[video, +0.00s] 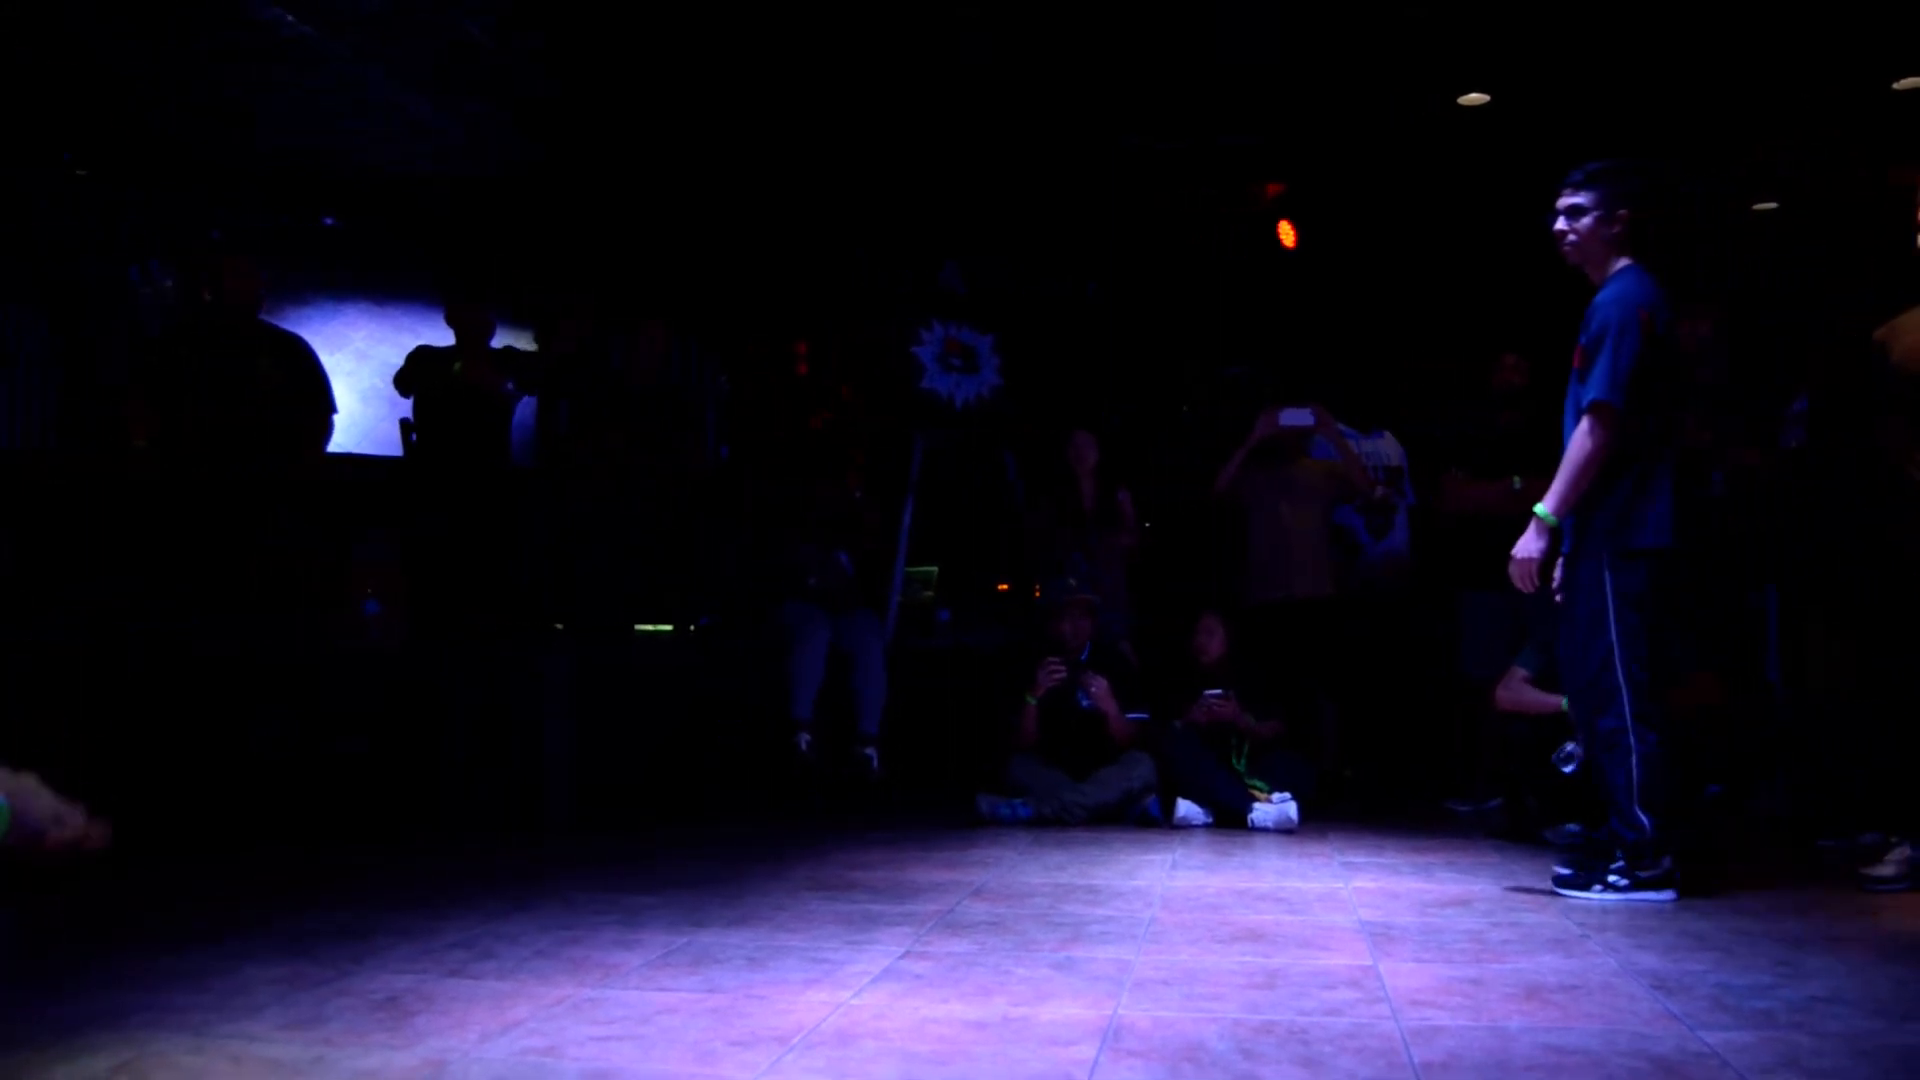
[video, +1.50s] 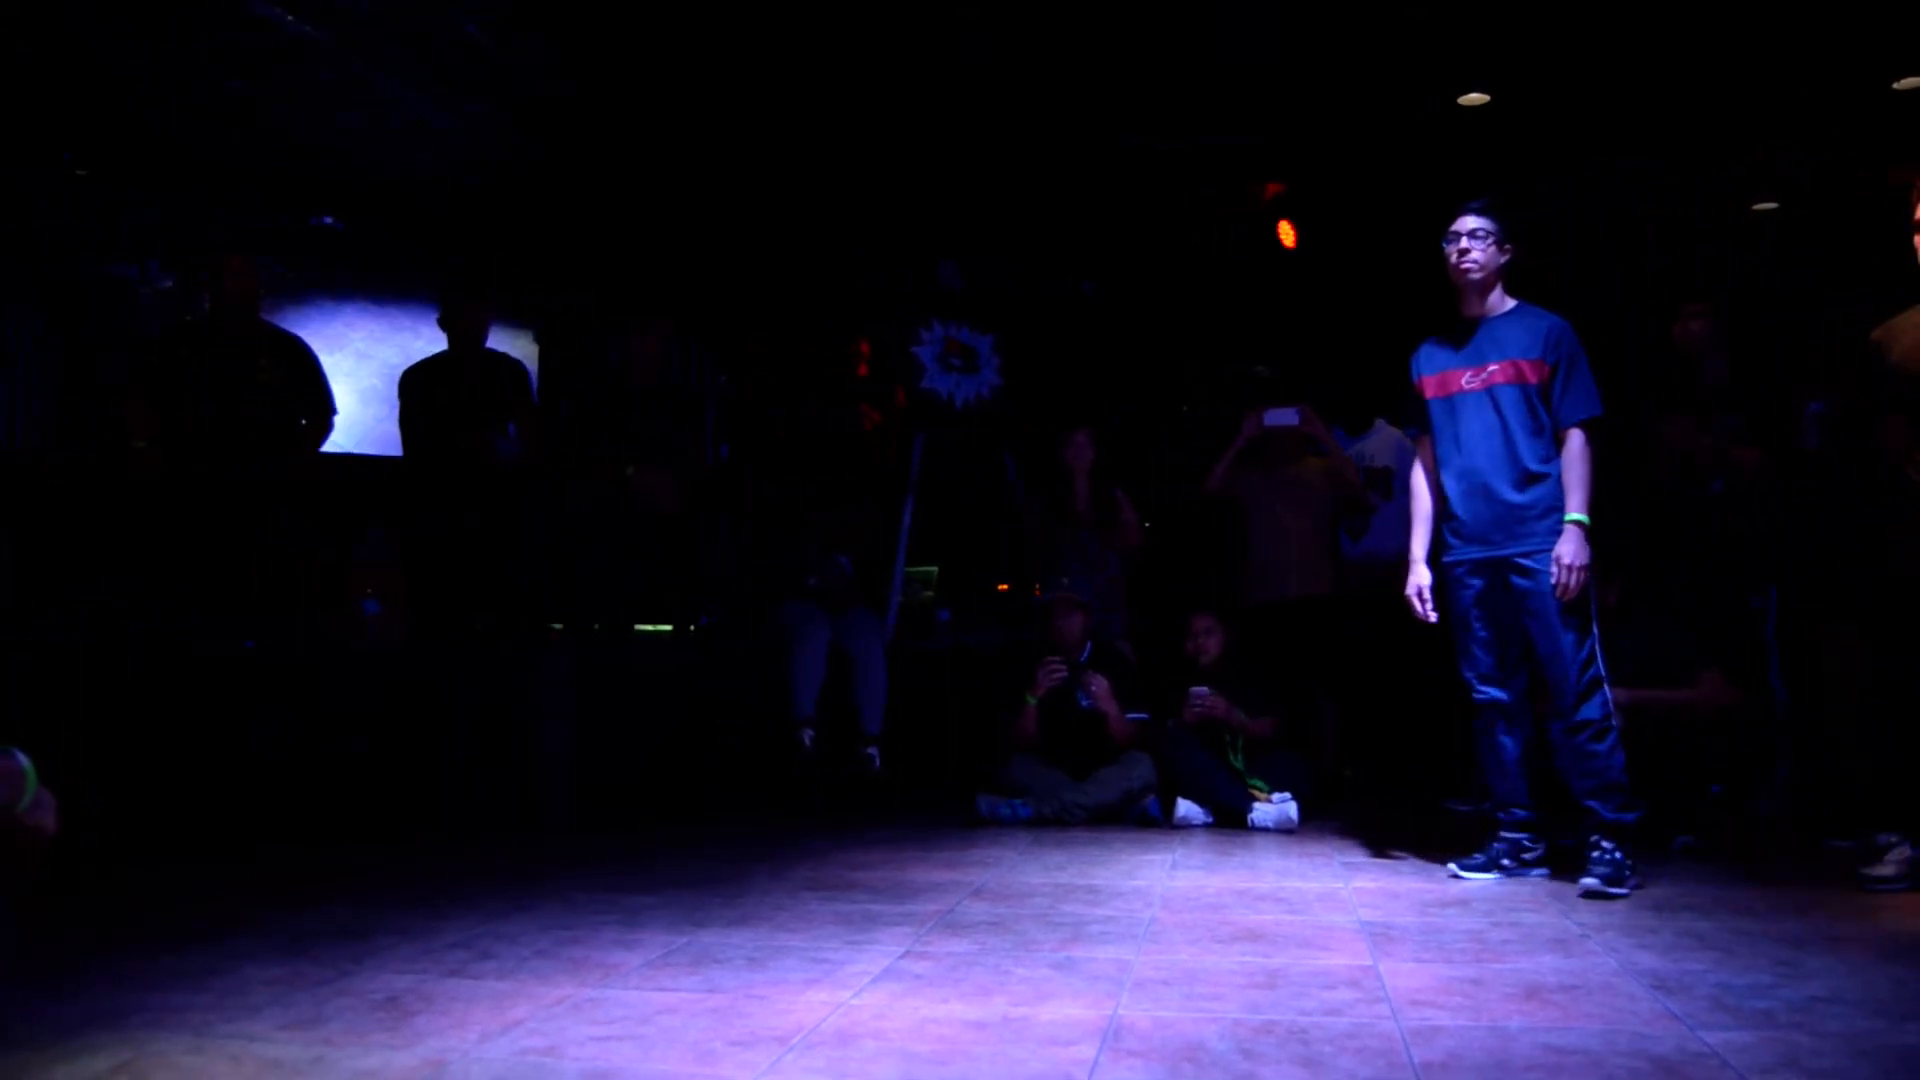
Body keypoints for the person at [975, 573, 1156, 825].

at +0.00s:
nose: (1073, 628)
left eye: (1080, 619)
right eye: (1065, 619)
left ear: (1092, 623)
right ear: (1052, 624)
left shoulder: (1110, 661)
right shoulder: (1039, 663)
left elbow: (1128, 738)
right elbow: (1024, 743)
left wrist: (1108, 705)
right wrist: (1035, 695)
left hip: (1102, 757)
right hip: (1052, 757)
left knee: (1141, 766)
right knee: (1018, 768)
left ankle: (1036, 809)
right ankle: (1121, 808)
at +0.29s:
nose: (1074, 626)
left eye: (1081, 616)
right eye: (1066, 616)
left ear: (1092, 621)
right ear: (1052, 622)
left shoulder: (1109, 661)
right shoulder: (1037, 663)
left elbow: (1129, 738)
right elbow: (1024, 743)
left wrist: (1109, 707)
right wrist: (1034, 696)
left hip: (1101, 757)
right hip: (1051, 758)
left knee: (1141, 766)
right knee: (1018, 768)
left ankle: (1036, 809)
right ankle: (1120, 808)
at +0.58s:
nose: (1072, 627)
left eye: (1078, 617)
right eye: (1063, 618)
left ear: (1089, 621)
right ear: (1051, 624)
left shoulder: (1111, 661)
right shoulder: (1037, 662)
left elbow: (1128, 738)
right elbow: (1023, 742)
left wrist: (1108, 706)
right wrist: (1035, 695)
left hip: (1102, 757)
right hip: (1051, 758)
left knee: (1141, 767)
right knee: (1017, 769)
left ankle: (1036, 810)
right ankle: (1119, 808)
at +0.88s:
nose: (1067, 628)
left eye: (1074, 619)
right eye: (1060, 620)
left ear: (1087, 623)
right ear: (1050, 625)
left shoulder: (1110, 661)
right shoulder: (1034, 663)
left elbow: (1129, 738)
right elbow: (1021, 741)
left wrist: (1108, 706)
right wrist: (1035, 695)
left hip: (1100, 755)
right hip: (1050, 756)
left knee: (1141, 767)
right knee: (1016, 769)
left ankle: (1035, 809)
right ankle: (1120, 809)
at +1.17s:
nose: (1066, 630)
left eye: (1073, 620)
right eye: (1059, 621)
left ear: (1086, 623)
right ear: (1049, 627)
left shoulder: (1110, 662)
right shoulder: (1035, 663)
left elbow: (1128, 738)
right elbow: (1021, 741)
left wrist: (1108, 706)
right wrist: (1035, 695)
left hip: (1101, 756)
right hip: (1051, 756)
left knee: (1141, 767)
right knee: (1016, 768)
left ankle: (1035, 809)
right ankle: (1119, 808)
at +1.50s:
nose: (1065, 628)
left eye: (1072, 619)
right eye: (1058, 620)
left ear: (1086, 622)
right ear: (1048, 626)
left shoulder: (1109, 661)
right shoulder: (1034, 663)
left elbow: (1129, 738)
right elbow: (1021, 741)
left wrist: (1108, 705)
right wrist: (1034, 695)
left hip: (1100, 755)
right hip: (1050, 756)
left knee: (1140, 767)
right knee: (1016, 769)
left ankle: (1035, 809)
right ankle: (1119, 809)